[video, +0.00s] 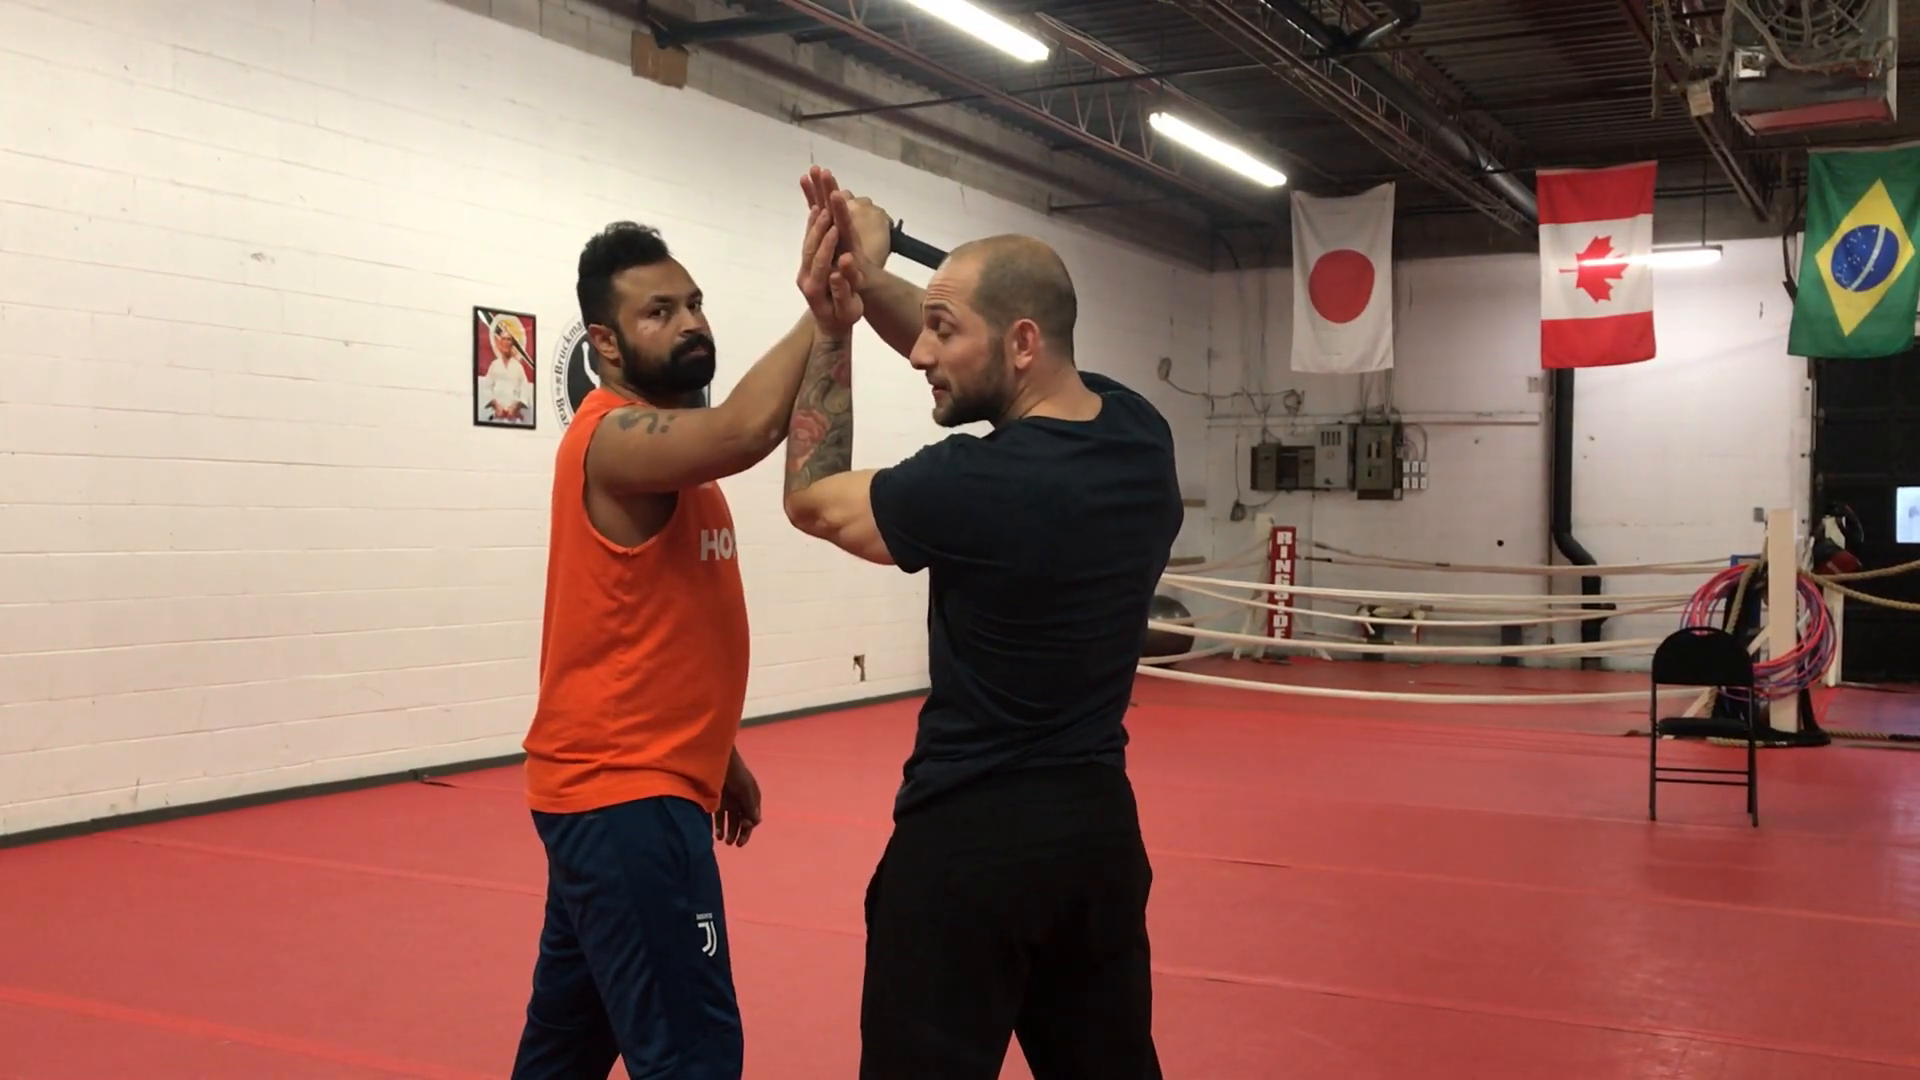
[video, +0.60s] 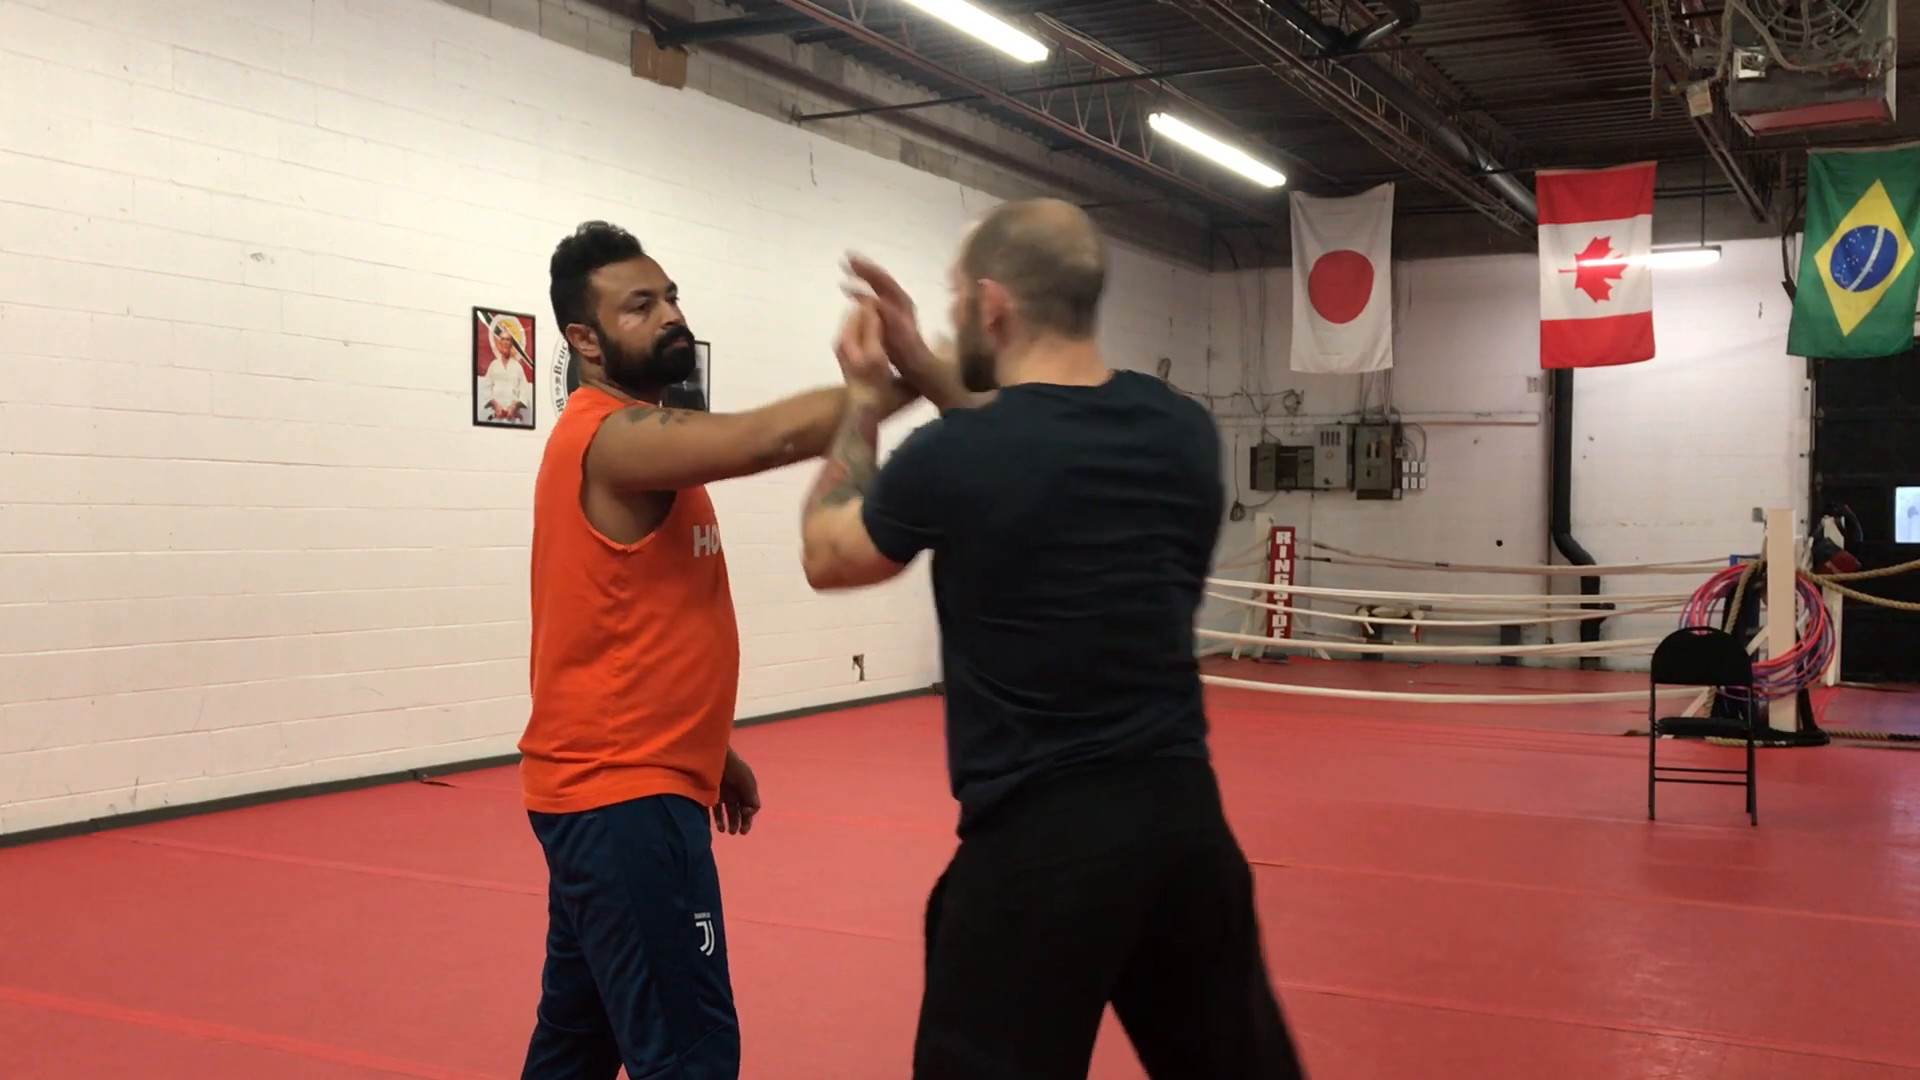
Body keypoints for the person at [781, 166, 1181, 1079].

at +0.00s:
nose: (923, 353)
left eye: (943, 328)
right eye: (926, 329)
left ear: (1021, 344)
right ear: (1027, 346)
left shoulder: (975, 486)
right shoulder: (1141, 436)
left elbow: (815, 499)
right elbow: (954, 350)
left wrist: (831, 318)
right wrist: (872, 271)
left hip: (960, 847)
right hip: (1097, 835)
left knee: (920, 1062)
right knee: (1112, 1067)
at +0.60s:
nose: (950, 312)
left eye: (956, 291)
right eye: (952, 291)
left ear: (995, 305)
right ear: (1090, 299)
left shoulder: (961, 451)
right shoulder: (1185, 430)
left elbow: (829, 556)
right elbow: (1057, 432)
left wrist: (862, 408)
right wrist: (934, 373)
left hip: (1029, 859)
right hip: (1183, 838)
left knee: (981, 1064)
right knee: (1243, 1068)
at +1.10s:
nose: (1313, 373)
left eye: (1328, 349)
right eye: (1320, 349)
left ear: (1378, 367)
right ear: (1468, 385)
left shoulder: (1279, 514)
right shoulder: (1579, 543)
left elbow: (1219, 777)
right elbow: (1631, 801)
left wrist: (1308, 842)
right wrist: (1479, 832)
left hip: (1316, 973)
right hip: (1521, 976)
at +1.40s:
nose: (1396, 427)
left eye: (1410, 403)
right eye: (1404, 404)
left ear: (1460, 398)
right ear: (1551, 435)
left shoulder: (1333, 489)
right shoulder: (1645, 564)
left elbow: (1241, 722)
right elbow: (1613, 826)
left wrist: (1382, 706)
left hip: (1324, 961)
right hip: (1536, 980)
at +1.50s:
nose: (1401, 456)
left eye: (1412, 437)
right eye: (1405, 439)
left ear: (1458, 429)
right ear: (1553, 477)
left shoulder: (1333, 511)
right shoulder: (1638, 597)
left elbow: (1250, 750)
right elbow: (1585, 843)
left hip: (1301, 968)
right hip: (1523, 997)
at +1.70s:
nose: (1382, 499)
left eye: (1396, 479)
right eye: (1392, 481)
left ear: (1432, 472)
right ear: (1531, 523)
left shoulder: (1305, 552)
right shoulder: (1606, 634)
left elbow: (1240, 786)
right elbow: (1573, 860)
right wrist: (1473, 957)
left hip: (1262, 980)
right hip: (1484, 1012)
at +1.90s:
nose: (1354, 529)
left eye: (1366, 513)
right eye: (1361, 514)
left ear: (1411, 501)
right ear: (1503, 558)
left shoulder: (1282, 577)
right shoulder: (1577, 668)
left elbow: (1199, 825)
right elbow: (1520, 918)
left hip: (1225, 996)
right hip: (1441, 1032)